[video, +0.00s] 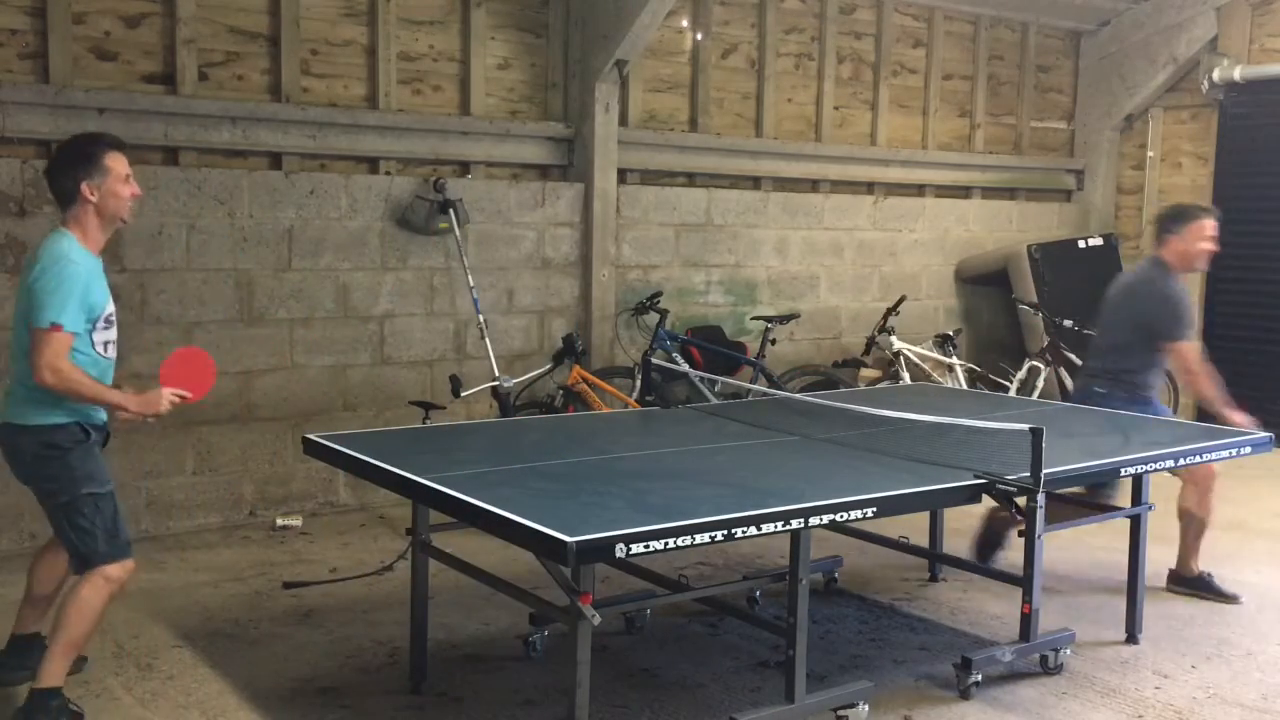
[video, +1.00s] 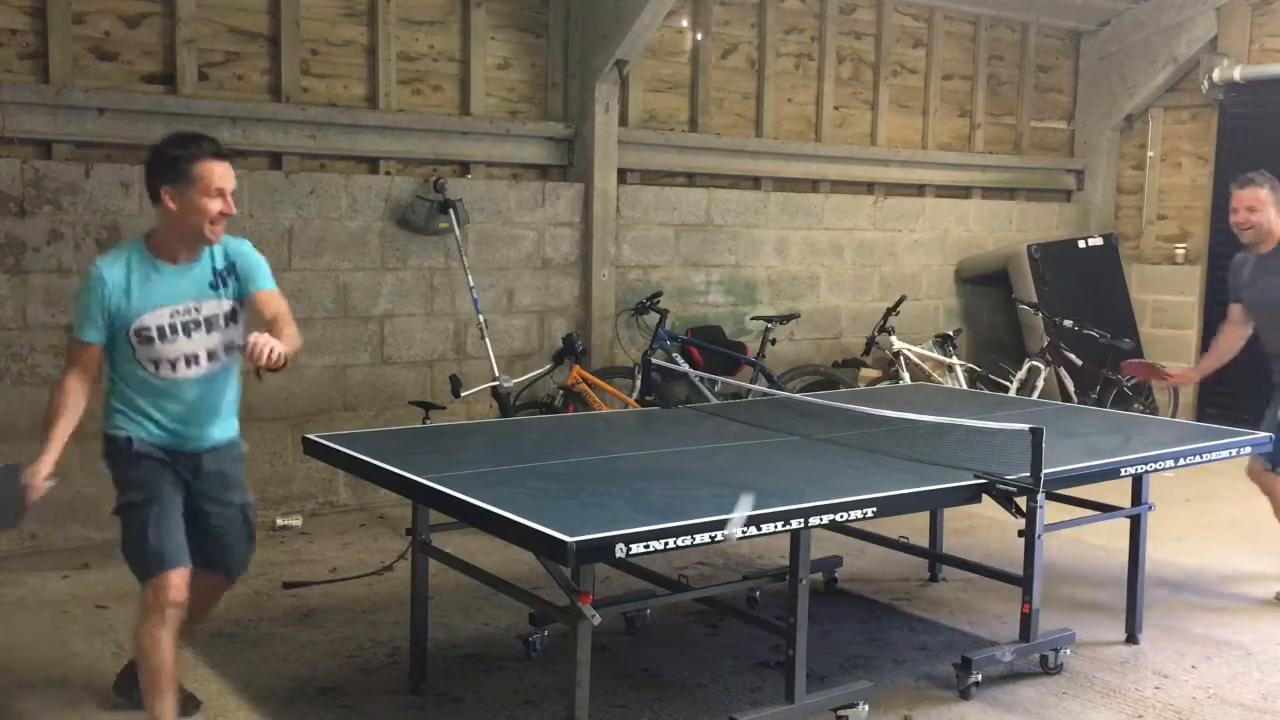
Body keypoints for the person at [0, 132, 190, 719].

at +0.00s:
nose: (137, 190)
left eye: (133, 177)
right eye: (125, 179)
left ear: (90, 193)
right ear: (90, 192)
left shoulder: (72, 254)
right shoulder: (68, 263)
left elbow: (62, 359)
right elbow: (50, 367)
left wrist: (120, 397)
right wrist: (129, 400)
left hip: (53, 427)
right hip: (52, 432)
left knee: (77, 535)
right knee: (111, 564)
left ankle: (23, 645)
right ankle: (45, 699)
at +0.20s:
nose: (128, 171)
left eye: (125, 159)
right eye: (117, 160)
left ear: (88, 174)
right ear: (80, 173)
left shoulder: (91, 243)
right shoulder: (46, 240)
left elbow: (101, 328)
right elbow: (18, 338)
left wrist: (174, 371)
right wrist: (101, 370)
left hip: (76, 409)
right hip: (42, 412)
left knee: (49, 536)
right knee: (90, 543)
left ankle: (19, 643)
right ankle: (52, 692)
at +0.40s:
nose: (142, 172)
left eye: (138, 161)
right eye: (130, 163)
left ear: (106, 180)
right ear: (93, 179)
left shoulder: (125, 259)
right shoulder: (56, 247)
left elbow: (150, 341)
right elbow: (21, 342)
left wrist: (199, 381)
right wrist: (106, 377)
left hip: (86, 416)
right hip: (40, 414)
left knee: (59, 539)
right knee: (87, 551)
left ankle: (21, 647)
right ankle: (75, 698)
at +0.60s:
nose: (169, 196)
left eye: (166, 185)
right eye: (156, 186)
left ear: (130, 204)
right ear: (118, 203)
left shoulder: (159, 279)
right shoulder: (75, 275)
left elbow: (178, 366)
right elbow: (38, 378)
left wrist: (202, 399)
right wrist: (116, 413)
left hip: (114, 440)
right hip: (58, 438)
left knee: (88, 553)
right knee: (106, 575)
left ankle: (28, 642)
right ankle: (101, 708)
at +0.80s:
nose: (198, 178)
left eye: (199, 167)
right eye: (184, 167)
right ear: (140, 178)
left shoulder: (200, 247)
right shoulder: (89, 255)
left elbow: (233, 330)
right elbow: (55, 361)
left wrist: (256, 383)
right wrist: (112, 411)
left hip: (169, 429)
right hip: (100, 430)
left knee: (173, 551)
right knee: (119, 573)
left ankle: (83, 641)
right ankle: (105, 708)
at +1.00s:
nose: (228, 208)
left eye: (230, 194)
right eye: (215, 195)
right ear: (168, 198)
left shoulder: (239, 259)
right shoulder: (111, 277)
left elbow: (283, 322)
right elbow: (80, 375)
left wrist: (279, 343)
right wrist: (48, 458)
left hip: (218, 448)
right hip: (144, 449)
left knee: (222, 569)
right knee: (169, 587)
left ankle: (146, 667)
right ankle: (163, 711)